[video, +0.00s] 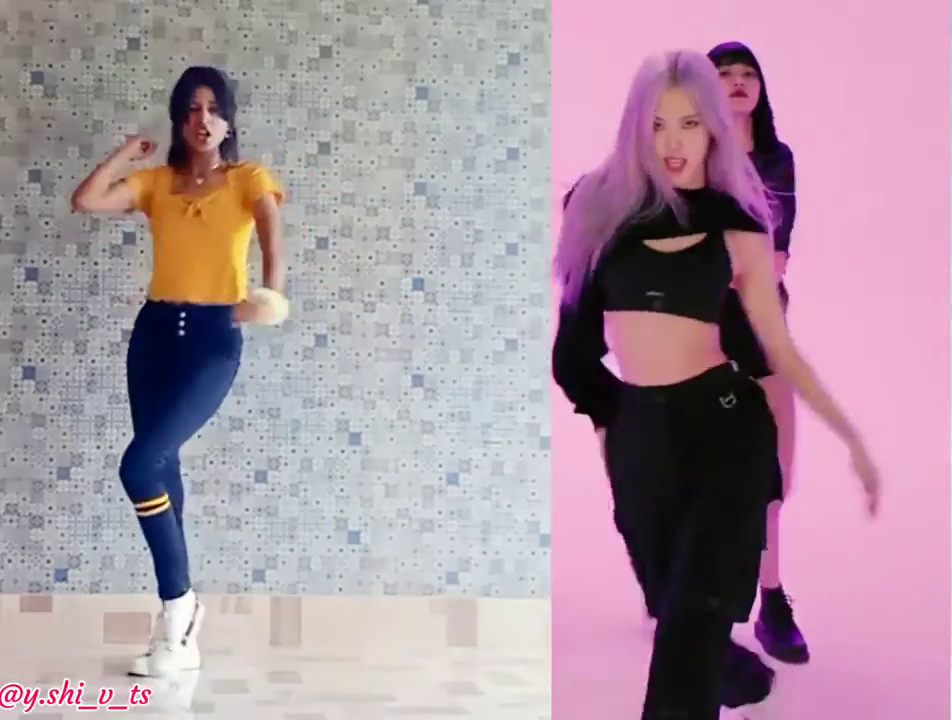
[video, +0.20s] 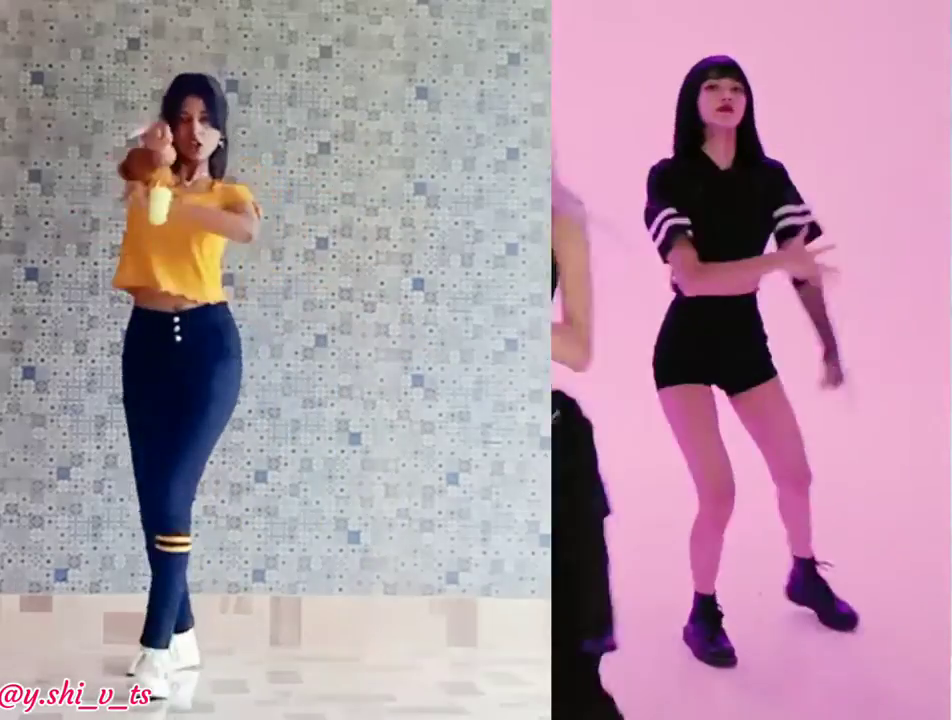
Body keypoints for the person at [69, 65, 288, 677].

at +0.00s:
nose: (202, 118)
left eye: (212, 109)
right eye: (191, 109)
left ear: (227, 119)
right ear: (176, 119)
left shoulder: (248, 177)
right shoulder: (156, 180)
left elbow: (271, 231)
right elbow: (86, 199)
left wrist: (271, 289)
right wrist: (125, 151)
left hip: (215, 340)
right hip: (153, 337)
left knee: (138, 467)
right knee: (165, 481)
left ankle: (178, 601)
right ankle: (175, 620)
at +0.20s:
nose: (193, 130)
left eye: (203, 121)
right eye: (183, 120)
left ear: (219, 128)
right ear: (167, 126)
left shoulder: (228, 186)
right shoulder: (142, 172)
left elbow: (245, 227)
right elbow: (141, 167)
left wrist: (176, 207)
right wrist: (155, 150)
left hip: (207, 342)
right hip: (143, 340)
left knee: (172, 495)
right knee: (156, 496)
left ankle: (156, 649)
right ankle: (181, 635)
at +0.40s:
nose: (191, 131)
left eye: (203, 121)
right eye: (182, 120)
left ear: (220, 129)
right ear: (166, 125)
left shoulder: (228, 185)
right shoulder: (144, 171)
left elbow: (248, 216)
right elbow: (135, 172)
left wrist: (188, 188)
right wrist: (149, 156)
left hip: (215, 348)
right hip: (147, 345)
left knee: (174, 509)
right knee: (117, 514)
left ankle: (153, 661)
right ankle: (137, 593)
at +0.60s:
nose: (201, 85)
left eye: (212, 76)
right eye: (188, 76)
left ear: (228, 92)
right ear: (172, 87)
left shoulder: (246, 156)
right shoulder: (148, 151)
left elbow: (260, 181)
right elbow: (164, 146)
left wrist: (179, 167)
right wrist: (171, 55)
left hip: (219, 330)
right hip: (151, 323)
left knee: (182, 492)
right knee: (152, 479)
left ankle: (147, 649)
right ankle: (122, 643)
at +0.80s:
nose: (208, 90)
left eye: (219, 83)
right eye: (196, 83)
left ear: (236, 103)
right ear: (180, 102)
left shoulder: (258, 157)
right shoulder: (160, 166)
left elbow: (279, 200)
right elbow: (177, 190)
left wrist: (197, 199)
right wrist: (177, 90)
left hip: (231, 349)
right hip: (165, 341)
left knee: (225, 524)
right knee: (171, 507)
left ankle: (128, 621)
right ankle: (160, 672)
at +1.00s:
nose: (248, 87)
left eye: (257, 79)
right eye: (233, 75)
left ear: (267, 94)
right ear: (211, 92)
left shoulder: (285, 149)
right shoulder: (191, 158)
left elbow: (310, 172)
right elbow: (211, 151)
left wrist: (234, 162)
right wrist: (250, 74)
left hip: (265, 348)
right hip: (197, 345)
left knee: (351, 478)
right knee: (185, 503)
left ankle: (299, 599)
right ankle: (162, 671)